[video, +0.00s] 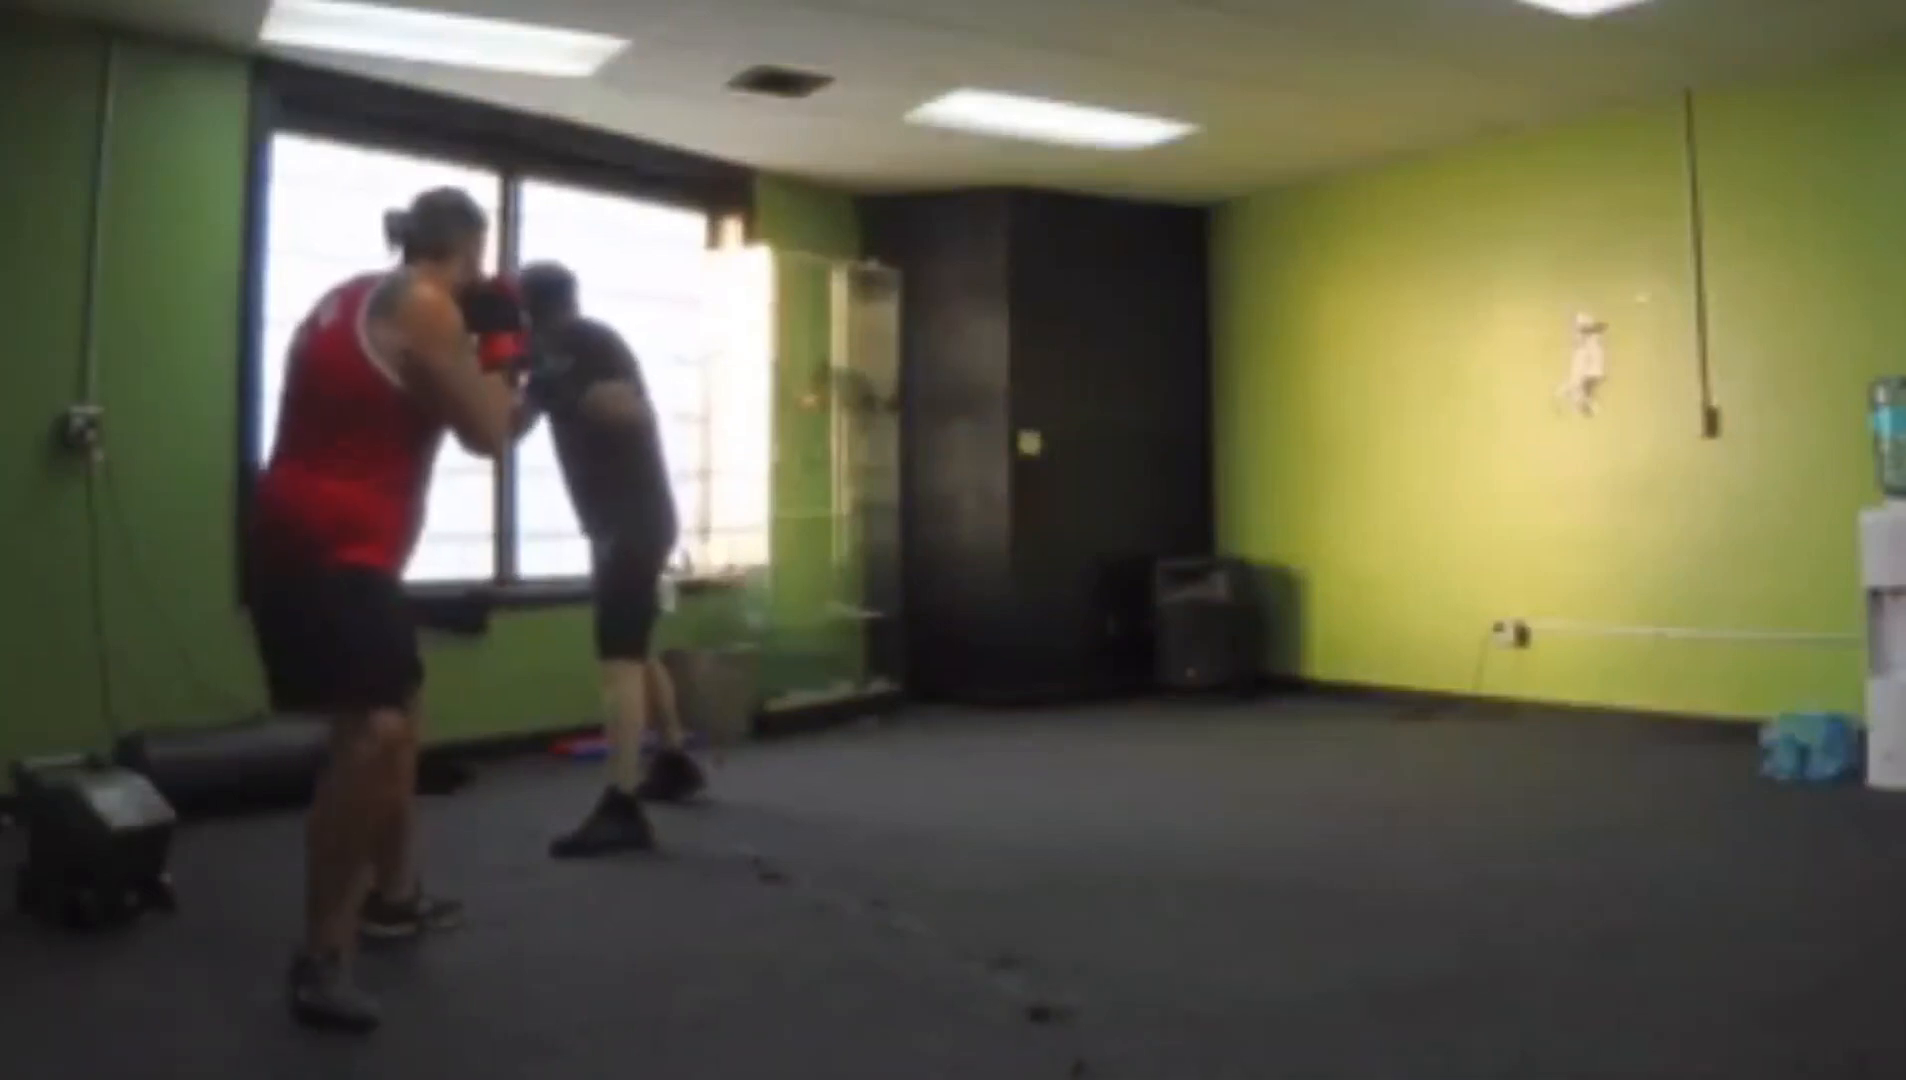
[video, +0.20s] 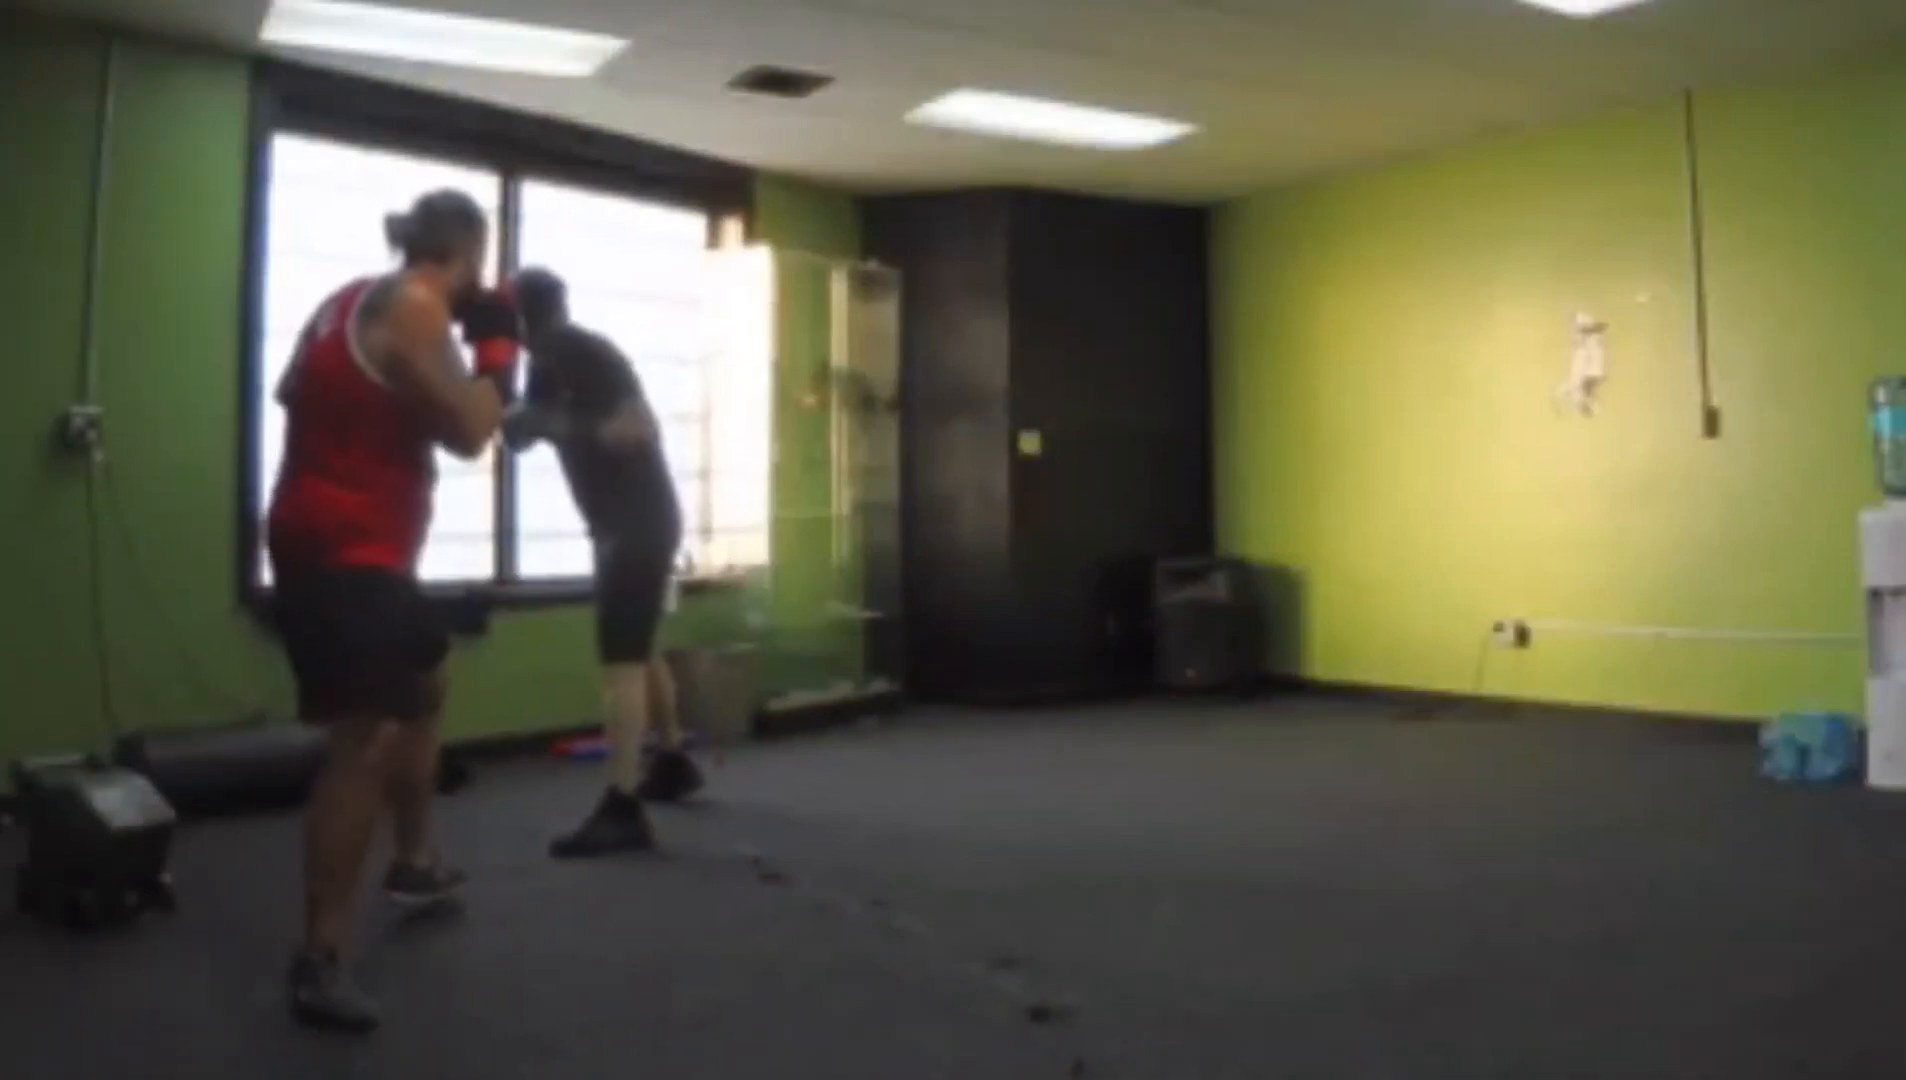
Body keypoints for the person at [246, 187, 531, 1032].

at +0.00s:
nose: (481, 274)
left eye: (480, 261)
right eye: (478, 259)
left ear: (408, 243)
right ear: (456, 253)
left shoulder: (351, 297)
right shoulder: (421, 305)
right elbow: (489, 428)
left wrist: (468, 331)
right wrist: (505, 356)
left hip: (294, 544)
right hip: (344, 554)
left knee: (394, 718)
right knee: (374, 734)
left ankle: (391, 894)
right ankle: (323, 960)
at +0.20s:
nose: (478, 280)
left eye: (478, 268)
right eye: (478, 267)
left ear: (408, 247)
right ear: (456, 259)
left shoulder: (350, 301)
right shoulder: (411, 307)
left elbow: (295, 394)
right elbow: (472, 430)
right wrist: (497, 353)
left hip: (310, 548)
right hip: (358, 557)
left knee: (420, 694)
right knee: (367, 741)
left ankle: (413, 860)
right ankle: (320, 957)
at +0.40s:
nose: (495, 305)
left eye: (499, 291)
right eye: (494, 289)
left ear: (436, 266)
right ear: (468, 277)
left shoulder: (390, 322)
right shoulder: (415, 320)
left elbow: (462, 422)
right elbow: (478, 426)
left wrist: (505, 358)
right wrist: (516, 359)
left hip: (370, 564)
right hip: (356, 565)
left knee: (429, 704)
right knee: (352, 734)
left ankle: (434, 865)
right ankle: (319, 951)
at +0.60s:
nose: (501, 304)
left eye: (503, 292)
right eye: (500, 289)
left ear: (449, 267)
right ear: (478, 277)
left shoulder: (410, 322)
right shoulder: (419, 314)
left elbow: (449, 420)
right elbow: (470, 426)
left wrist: (501, 358)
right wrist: (512, 375)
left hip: (381, 546)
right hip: (347, 541)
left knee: (428, 698)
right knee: (344, 725)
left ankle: (435, 866)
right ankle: (299, 926)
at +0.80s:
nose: (489, 284)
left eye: (492, 273)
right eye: (488, 270)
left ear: (430, 249)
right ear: (464, 259)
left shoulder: (404, 321)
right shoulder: (393, 305)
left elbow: (403, 434)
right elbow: (450, 415)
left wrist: (460, 471)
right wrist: (500, 352)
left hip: (386, 549)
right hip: (348, 546)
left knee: (410, 711)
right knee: (330, 728)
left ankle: (433, 863)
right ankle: (295, 922)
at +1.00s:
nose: (460, 271)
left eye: (461, 258)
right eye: (459, 256)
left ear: (396, 237)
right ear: (438, 245)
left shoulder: (335, 304)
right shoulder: (384, 308)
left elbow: (288, 406)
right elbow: (446, 421)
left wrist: (419, 469)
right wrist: (482, 347)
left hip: (306, 547)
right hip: (365, 553)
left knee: (298, 733)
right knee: (416, 691)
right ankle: (432, 849)